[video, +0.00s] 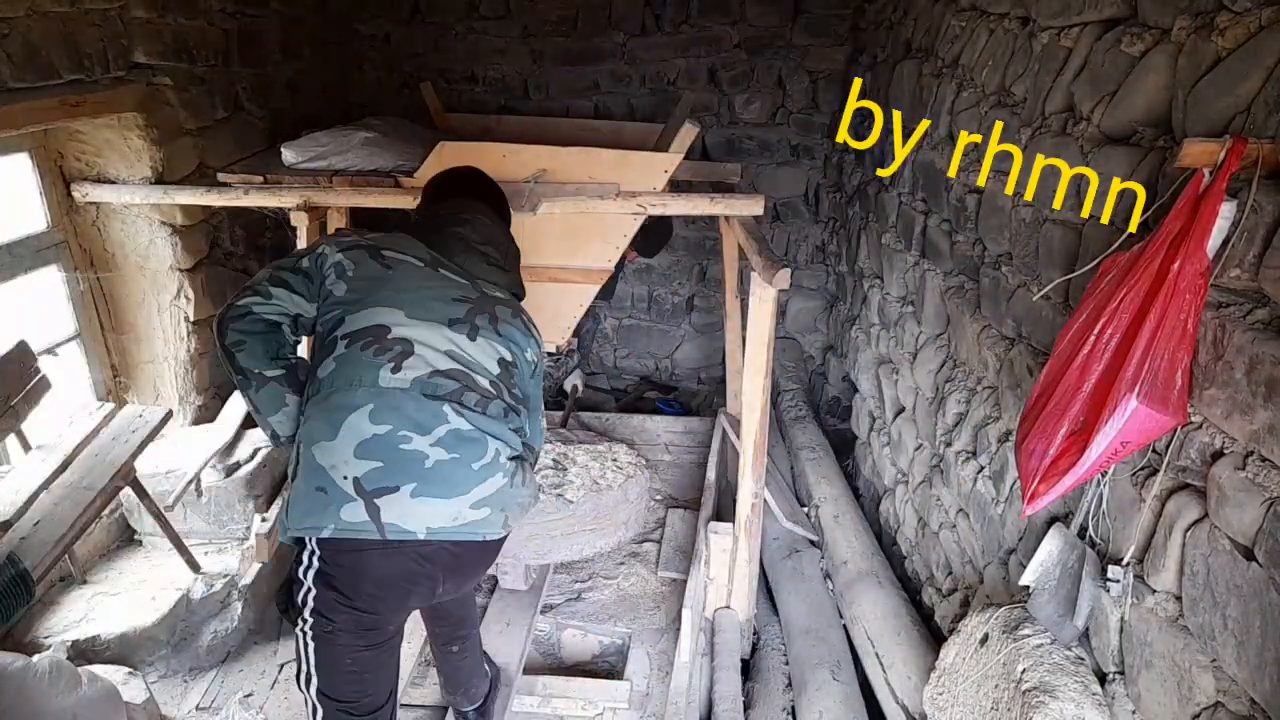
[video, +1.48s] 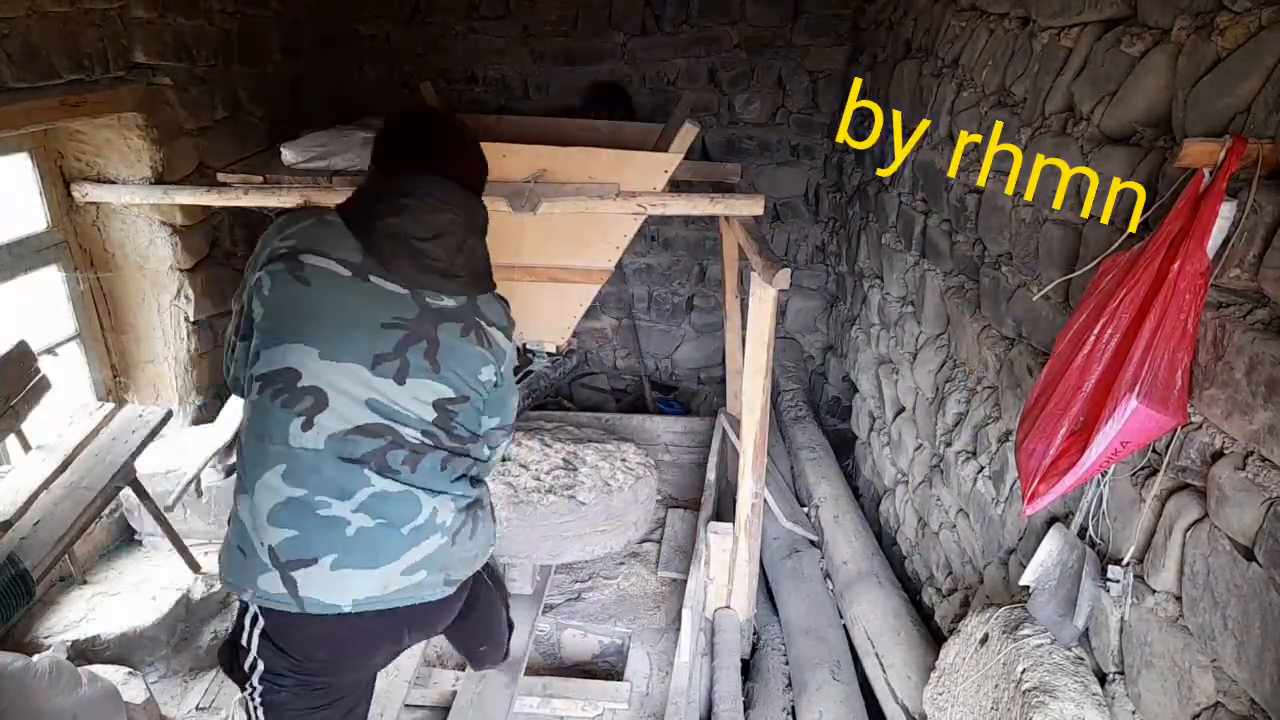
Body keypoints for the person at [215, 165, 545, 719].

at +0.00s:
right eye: (492, 225)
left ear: (421, 213)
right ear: (500, 236)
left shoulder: (350, 254)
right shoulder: (516, 319)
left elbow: (249, 321)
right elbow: (531, 442)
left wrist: (303, 430)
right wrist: (502, 504)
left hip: (353, 543)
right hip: (472, 539)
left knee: (354, 709)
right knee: (456, 622)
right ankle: (473, 701)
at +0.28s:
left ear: (371, 168)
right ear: (458, 182)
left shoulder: (316, 214)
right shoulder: (494, 276)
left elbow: (221, 305)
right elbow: (515, 407)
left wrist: (307, 383)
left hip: (363, 529)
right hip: (472, 515)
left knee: (354, 701)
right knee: (440, 587)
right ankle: (471, 677)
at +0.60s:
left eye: (279, 221)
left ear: (288, 224)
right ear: (372, 211)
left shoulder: (257, 288)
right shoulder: (433, 280)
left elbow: (205, 414)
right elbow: (492, 361)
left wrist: (287, 487)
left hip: (356, 553)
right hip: (470, 530)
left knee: (340, 709)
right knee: (416, 606)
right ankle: (433, 707)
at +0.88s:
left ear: (317, 233)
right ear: (406, 233)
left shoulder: (254, 316)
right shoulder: (453, 322)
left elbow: (210, 456)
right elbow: (479, 447)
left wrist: (296, 466)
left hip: (321, 613)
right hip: (444, 590)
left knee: (303, 709)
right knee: (428, 636)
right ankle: (434, 706)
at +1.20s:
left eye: (240, 309)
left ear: (249, 312)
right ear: (337, 304)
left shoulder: (199, 379)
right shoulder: (408, 367)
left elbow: (164, 548)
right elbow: (465, 495)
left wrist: (249, 620)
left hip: (311, 667)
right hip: (449, 644)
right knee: (433, 706)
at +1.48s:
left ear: (374, 173)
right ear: (473, 197)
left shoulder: (290, 244)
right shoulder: (489, 324)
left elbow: (243, 374)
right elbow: (485, 457)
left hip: (304, 610)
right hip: (438, 591)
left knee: (313, 709)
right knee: (460, 537)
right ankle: (493, 651)